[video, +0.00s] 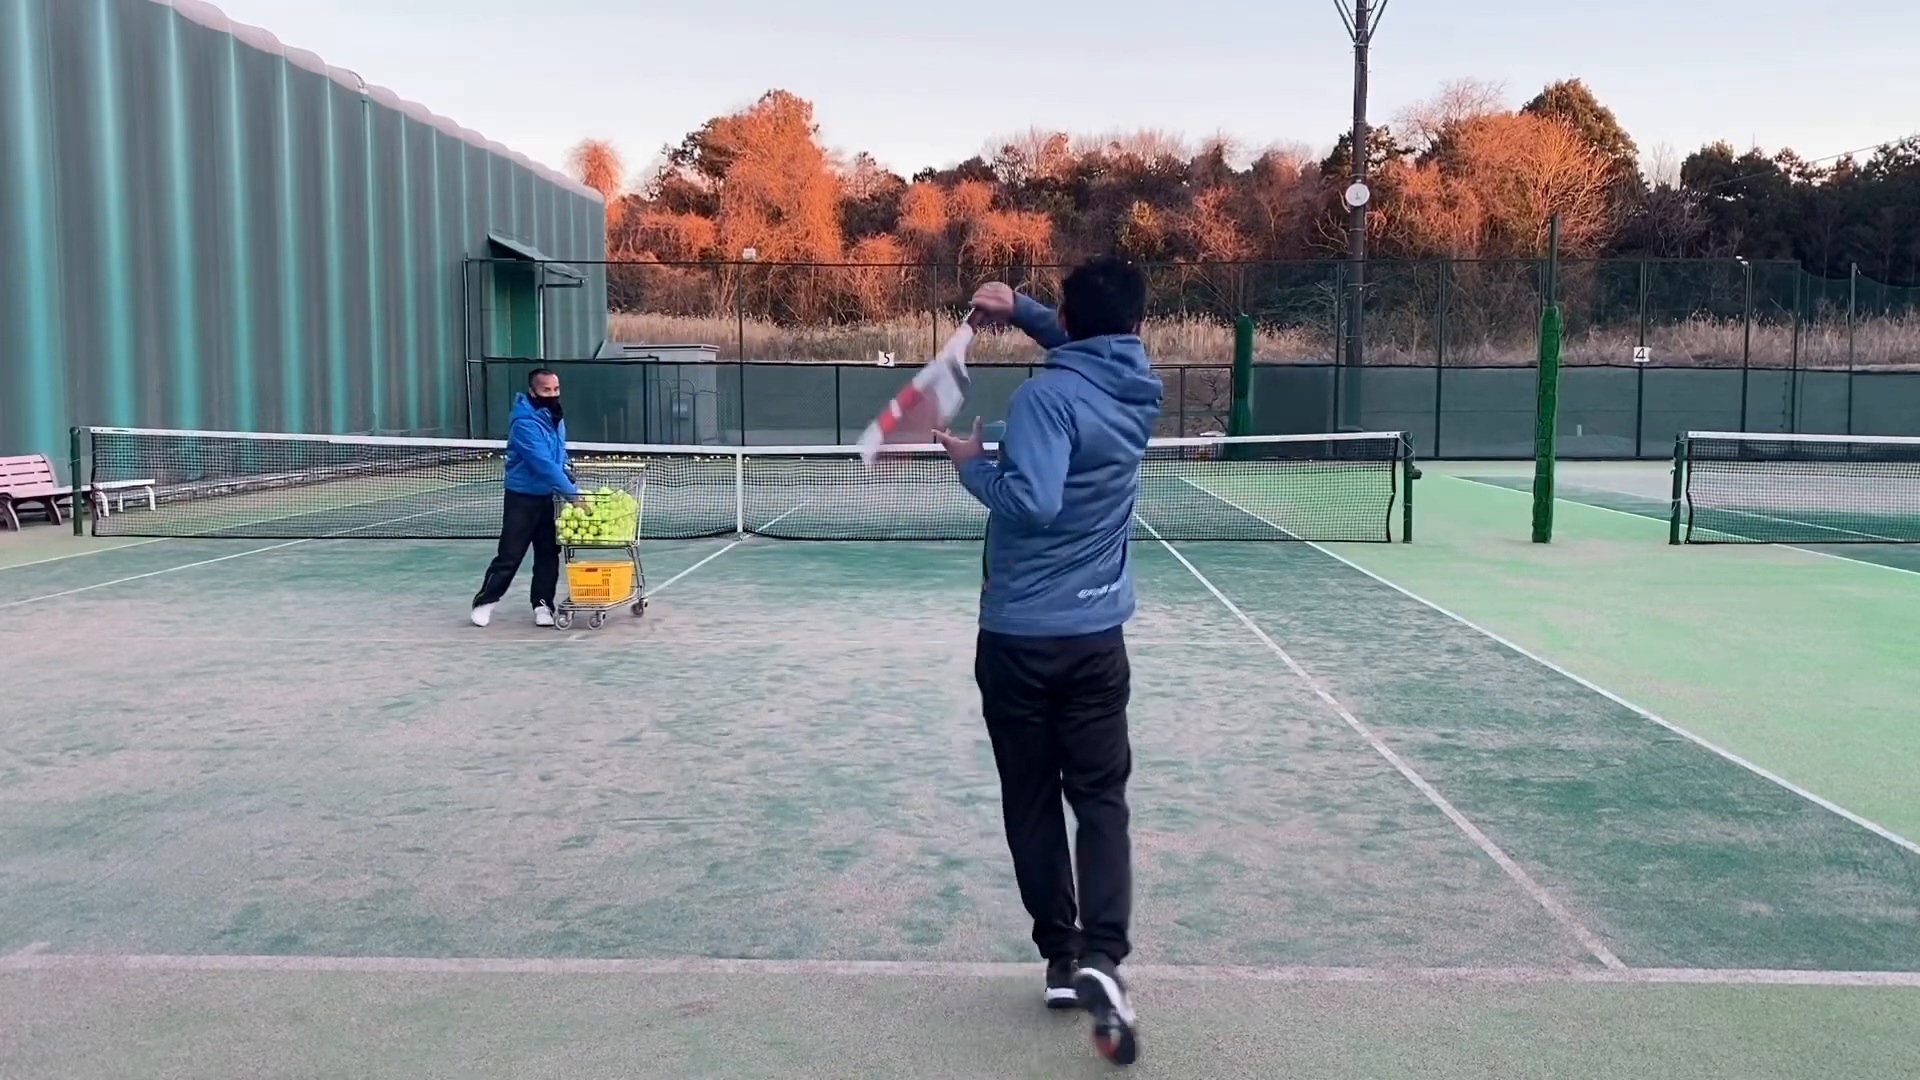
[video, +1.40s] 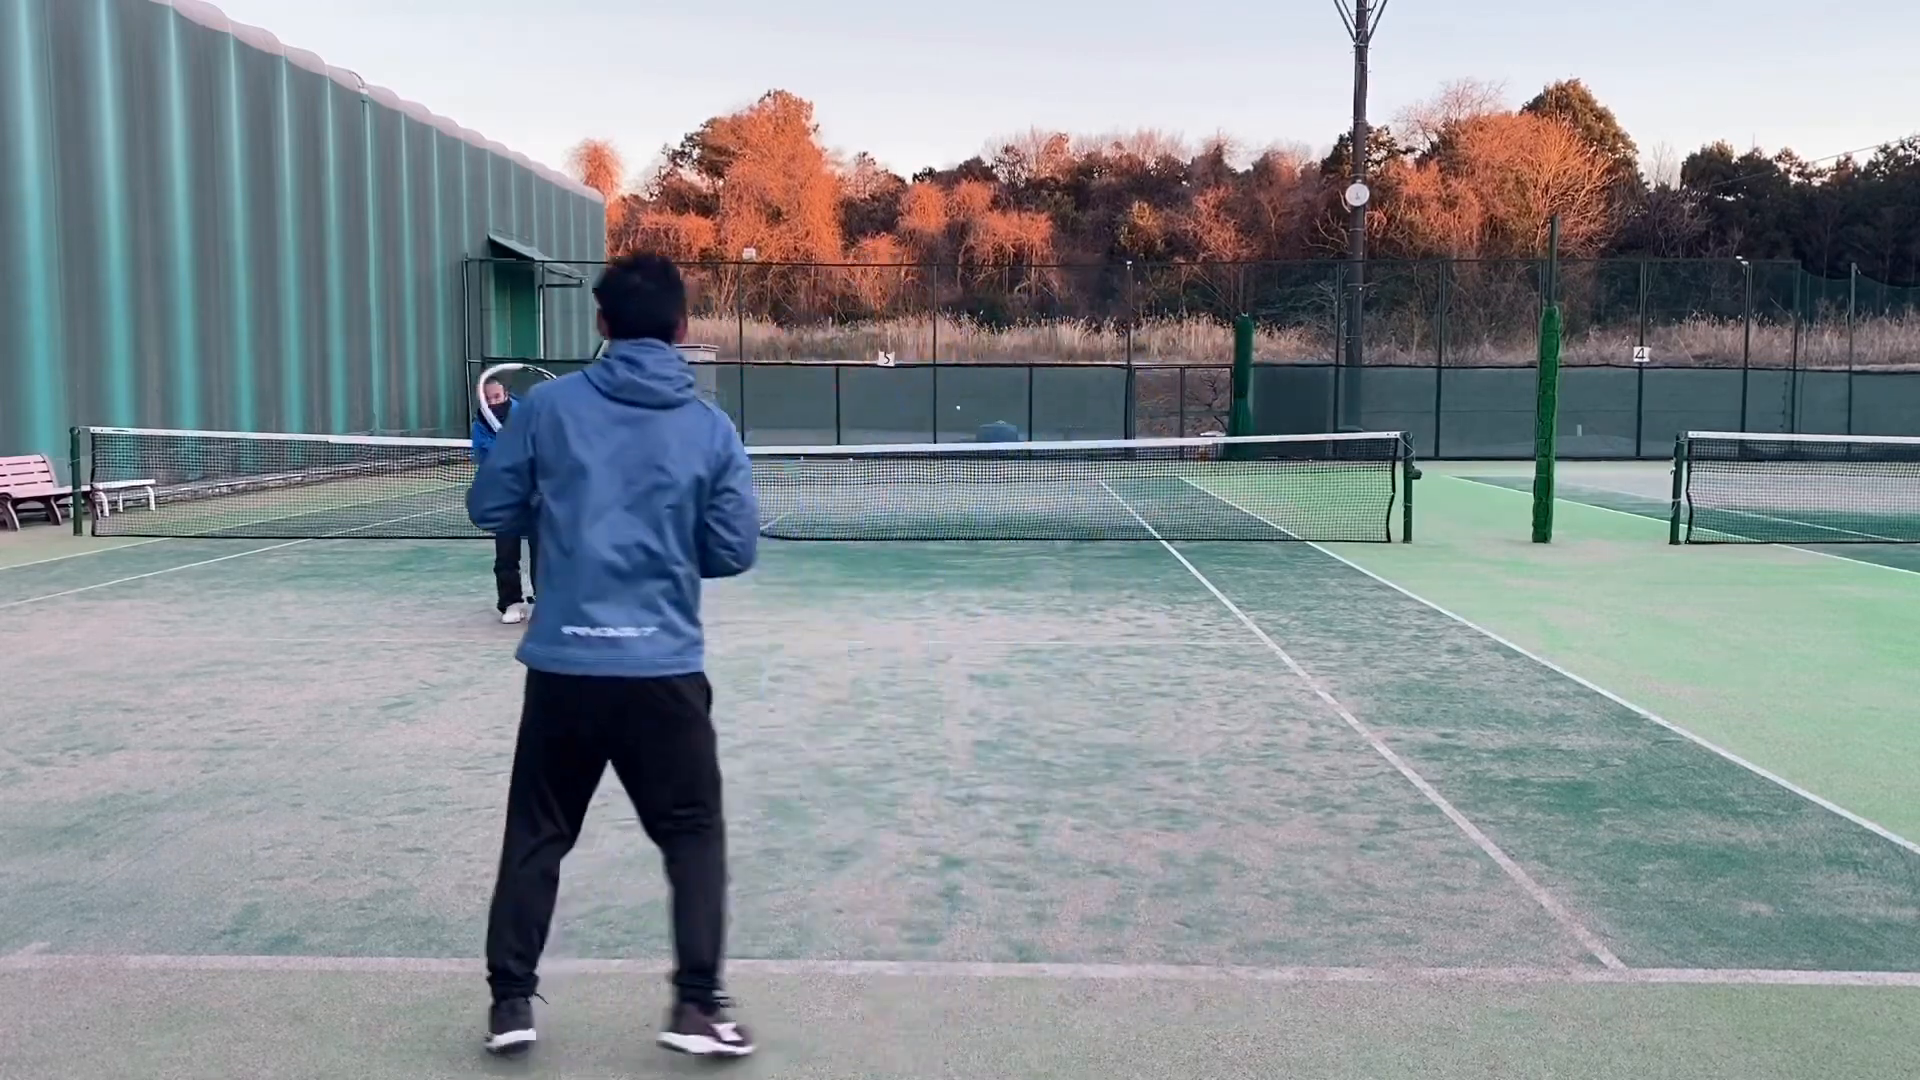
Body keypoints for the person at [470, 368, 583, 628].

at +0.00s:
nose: (553, 393)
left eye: (556, 389)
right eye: (547, 389)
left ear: (558, 389)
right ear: (533, 391)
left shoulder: (554, 416)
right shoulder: (524, 422)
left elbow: (559, 449)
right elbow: (542, 463)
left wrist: (564, 466)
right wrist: (572, 494)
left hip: (547, 494)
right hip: (521, 495)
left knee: (548, 553)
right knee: (510, 554)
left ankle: (542, 605)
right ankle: (485, 603)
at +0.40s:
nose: (537, 390)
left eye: (540, 385)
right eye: (531, 386)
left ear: (545, 386)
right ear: (519, 388)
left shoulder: (554, 416)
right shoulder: (508, 419)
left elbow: (566, 452)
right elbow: (509, 464)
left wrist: (566, 471)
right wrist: (543, 471)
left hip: (547, 496)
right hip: (517, 497)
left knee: (548, 553)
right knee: (516, 553)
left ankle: (543, 605)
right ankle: (513, 603)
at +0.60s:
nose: (520, 390)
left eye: (524, 385)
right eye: (514, 386)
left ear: (530, 386)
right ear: (505, 388)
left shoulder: (547, 415)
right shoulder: (495, 420)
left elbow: (564, 450)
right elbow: (493, 459)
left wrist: (564, 470)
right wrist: (510, 474)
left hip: (543, 495)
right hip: (510, 497)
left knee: (544, 553)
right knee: (511, 553)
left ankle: (543, 605)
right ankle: (511, 604)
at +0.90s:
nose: (503, 392)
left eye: (507, 387)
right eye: (497, 388)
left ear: (515, 387)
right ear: (490, 390)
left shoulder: (534, 413)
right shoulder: (485, 422)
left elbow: (561, 445)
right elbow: (479, 463)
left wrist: (563, 472)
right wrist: (483, 499)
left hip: (534, 494)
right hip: (502, 496)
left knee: (537, 550)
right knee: (505, 553)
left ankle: (540, 604)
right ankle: (511, 604)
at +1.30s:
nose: (492, 399)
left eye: (496, 394)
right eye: (486, 395)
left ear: (506, 393)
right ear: (480, 397)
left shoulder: (523, 413)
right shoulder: (480, 426)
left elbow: (552, 437)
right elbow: (479, 458)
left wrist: (562, 466)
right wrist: (484, 484)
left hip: (533, 492)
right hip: (503, 495)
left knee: (537, 548)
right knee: (504, 552)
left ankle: (540, 602)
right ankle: (511, 603)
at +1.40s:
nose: (495, 401)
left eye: (498, 395)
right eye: (490, 398)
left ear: (507, 393)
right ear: (483, 400)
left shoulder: (525, 413)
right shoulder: (481, 424)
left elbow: (539, 443)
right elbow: (482, 455)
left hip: (535, 490)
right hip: (503, 494)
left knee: (540, 549)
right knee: (507, 554)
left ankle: (542, 600)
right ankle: (511, 604)